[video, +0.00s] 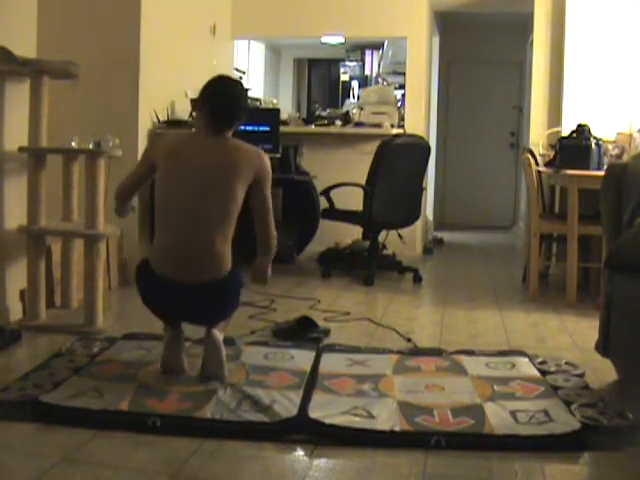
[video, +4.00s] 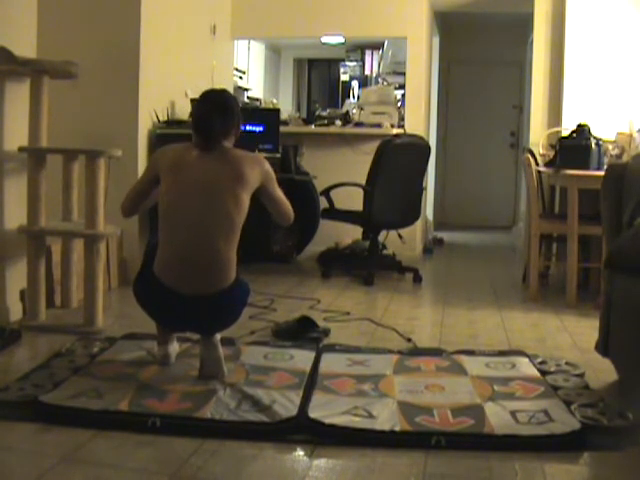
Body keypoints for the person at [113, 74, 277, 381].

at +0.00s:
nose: (194, 106)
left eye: (197, 102)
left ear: (199, 107)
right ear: (238, 117)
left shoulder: (164, 145)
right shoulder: (254, 160)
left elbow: (123, 193)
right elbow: (266, 234)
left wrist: (122, 207)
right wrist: (264, 265)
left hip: (162, 296)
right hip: (214, 300)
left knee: (145, 268)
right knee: (233, 279)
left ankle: (172, 336)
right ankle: (214, 336)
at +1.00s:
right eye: (226, 108)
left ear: (182, 111)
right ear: (225, 115)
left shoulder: (157, 151)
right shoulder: (243, 153)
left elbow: (132, 207)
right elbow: (262, 190)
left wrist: (164, 183)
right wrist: (237, 165)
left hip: (163, 299)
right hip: (216, 303)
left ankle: (164, 346)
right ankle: (210, 336)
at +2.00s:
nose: (233, 115)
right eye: (231, 109)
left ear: (187, 113)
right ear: (229, 118)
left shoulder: (160, 153)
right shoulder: (246, 159)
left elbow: (126, 198)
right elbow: (284, 203)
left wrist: (156, 170)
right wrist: (254, 153)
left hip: (162, 303)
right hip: (216, 307)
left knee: (152, 249)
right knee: (233, 280)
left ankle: (165, 344)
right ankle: (211, 339)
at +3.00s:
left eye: (194, 104)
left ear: (193, 111)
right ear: (236, 117)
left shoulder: (166, 149)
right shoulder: (249, 160)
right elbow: (280, 203)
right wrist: (249, 143)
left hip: (165, 305)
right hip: (217, 308)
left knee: (155, 243)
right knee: (233, 279)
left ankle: (165, 345)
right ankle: (211, 339)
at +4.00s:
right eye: (238, 125)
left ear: (192, 124)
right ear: (236, 130)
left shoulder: (166, 158)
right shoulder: (253, 165)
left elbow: (127, 209)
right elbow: (286, 217)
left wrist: (162, 185)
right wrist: (263, 183)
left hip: (165, 307)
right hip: (218, 311)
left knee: (156, 243)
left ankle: (165, 345)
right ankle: (211, 341)